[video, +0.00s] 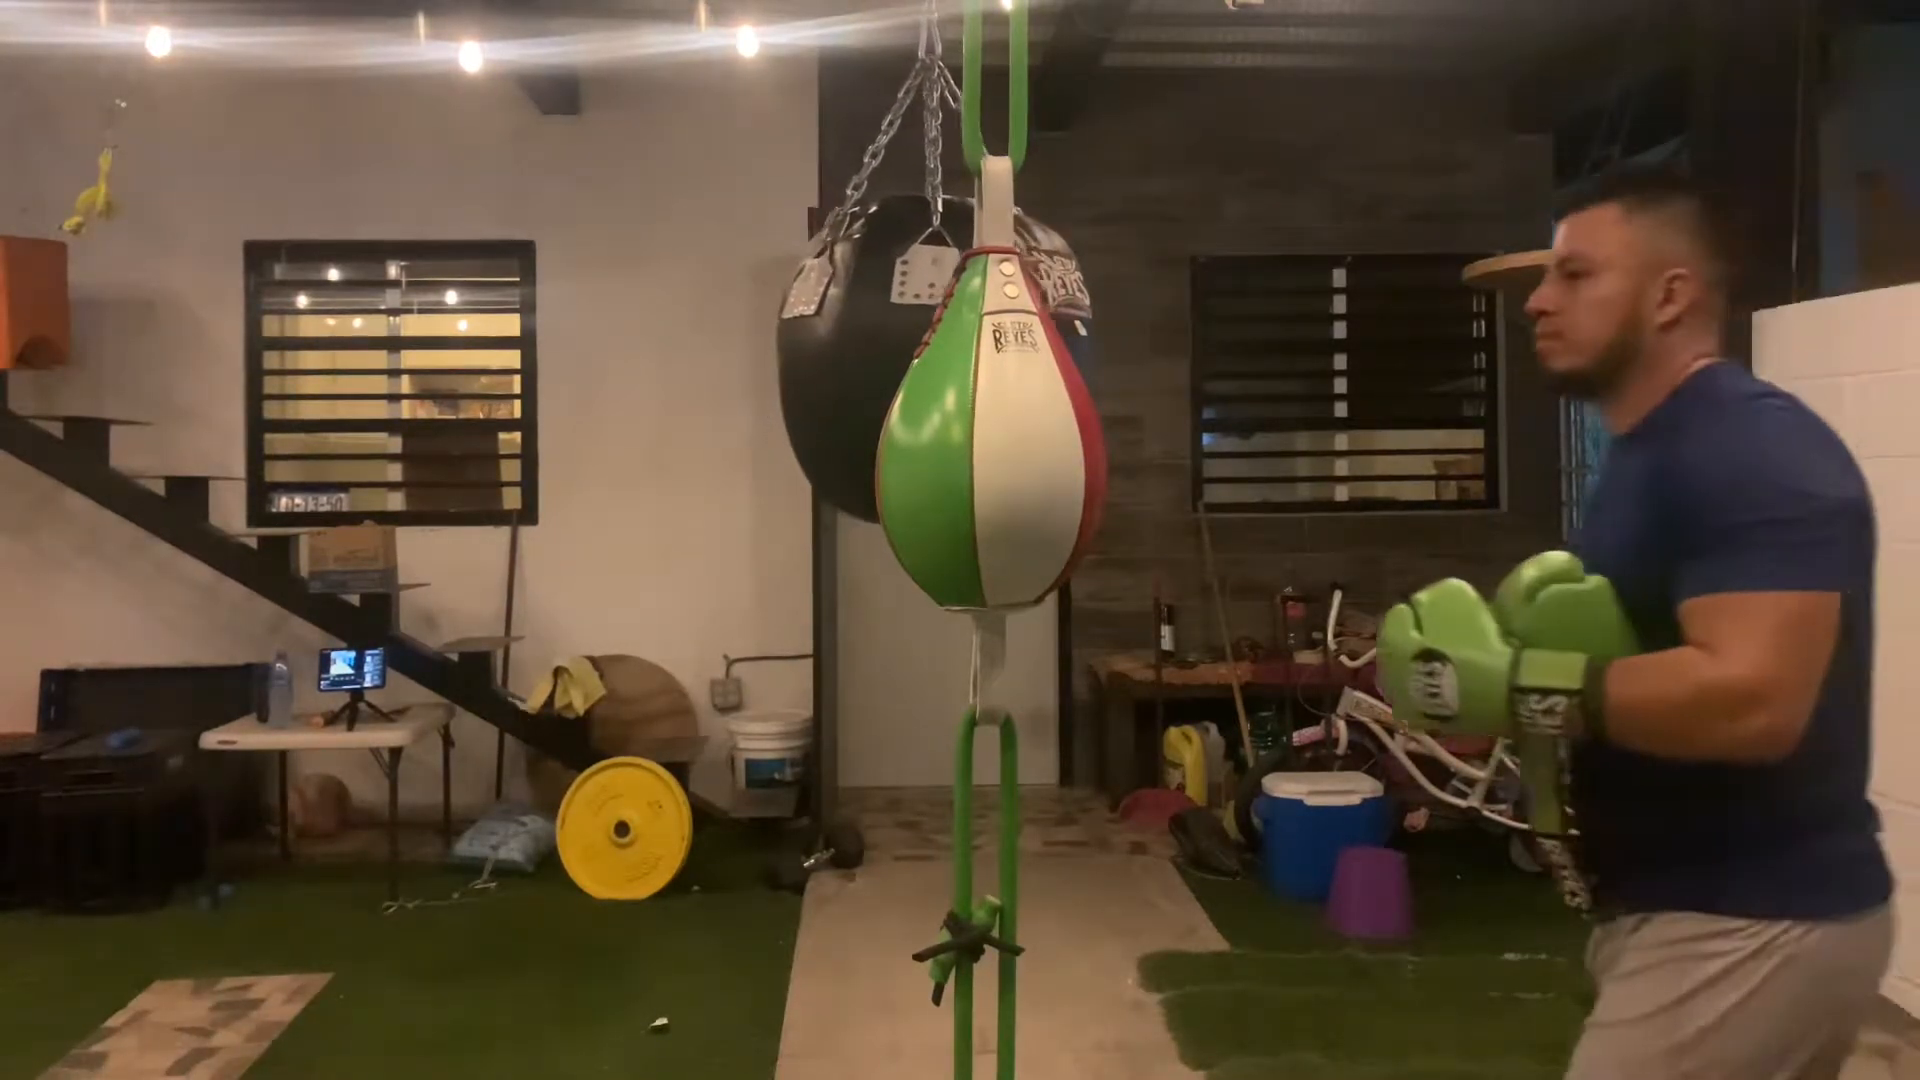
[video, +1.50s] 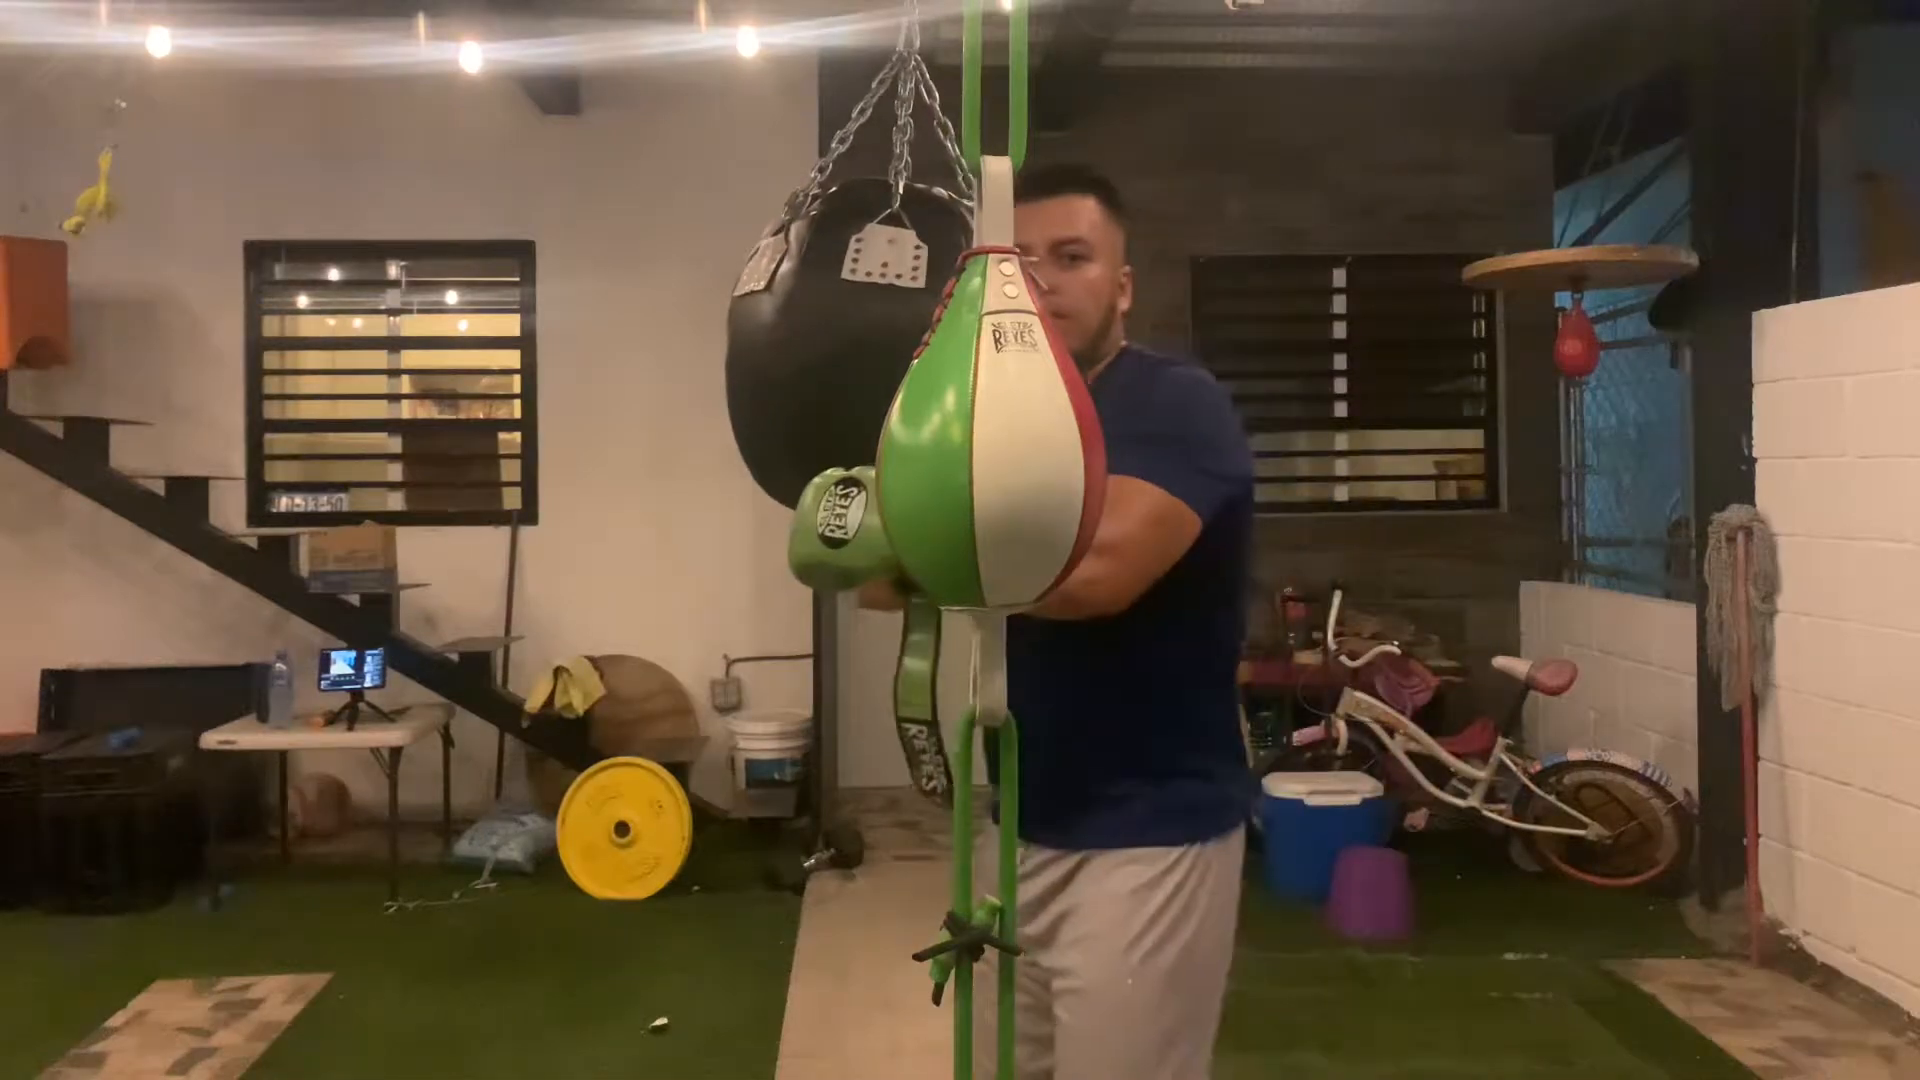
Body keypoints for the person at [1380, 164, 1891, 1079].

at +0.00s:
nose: (1539, 302)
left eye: (1575, 274)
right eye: (1545, 276)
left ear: (1672, 295)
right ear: (1662, 299)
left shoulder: (1752, 448)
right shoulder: (1647, 454)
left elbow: (1757, 703)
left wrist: (1519, 689)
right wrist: (1522, 650)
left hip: (1746, 931)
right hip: (1683, 919)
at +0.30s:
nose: (1407, 295)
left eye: (1445, 268)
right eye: (1412, 270)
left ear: (1541, 288)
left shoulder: (1595, 445)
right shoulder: (1494, 454)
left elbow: (1501, 695)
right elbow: (1473, 652)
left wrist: (1313, 619)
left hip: (1570, 926)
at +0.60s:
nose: (1298, 267)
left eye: (1339, 240)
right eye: (1300, 243)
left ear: (1432, 265)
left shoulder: (1479, 404)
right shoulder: (1366, 427)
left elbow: (1317, 630)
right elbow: (1321, 601)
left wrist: (1174, 533)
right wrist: (1223, 551)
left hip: (1468, 910)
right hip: (1363, 886)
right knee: (1299, 1063)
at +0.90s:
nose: (1207, 267)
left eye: (1246, 241)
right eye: (1202, 244)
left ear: (1332, 273)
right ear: (1193, 262)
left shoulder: (1391, 399)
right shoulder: (1239, 435)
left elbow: (1213, 582)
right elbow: (1162, 560)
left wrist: (1086, 516)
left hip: (1390, 907)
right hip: (1256, 887)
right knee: (1220, 1064)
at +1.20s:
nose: (1122, 282)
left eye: (1158, 256)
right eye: (1104, 261)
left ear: (1223, 287)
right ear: (1085, 286)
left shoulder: (1270, 410)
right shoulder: (1106, 438)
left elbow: (1142, 585)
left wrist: (979, 528)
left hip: (1248, 899)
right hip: (1108, 879)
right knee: (1063, 1066)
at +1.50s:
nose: (1040, 280)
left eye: (1069, 256)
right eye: (1020, 259)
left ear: (1124, 281)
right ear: (997, 279)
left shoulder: (1181, 403)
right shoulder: (994, 413)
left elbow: (1097, 577)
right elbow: (891, 583)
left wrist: (927, 548)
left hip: (1148, 841)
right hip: (1012, 827)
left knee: (1119, 1067)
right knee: (1006, 1066)